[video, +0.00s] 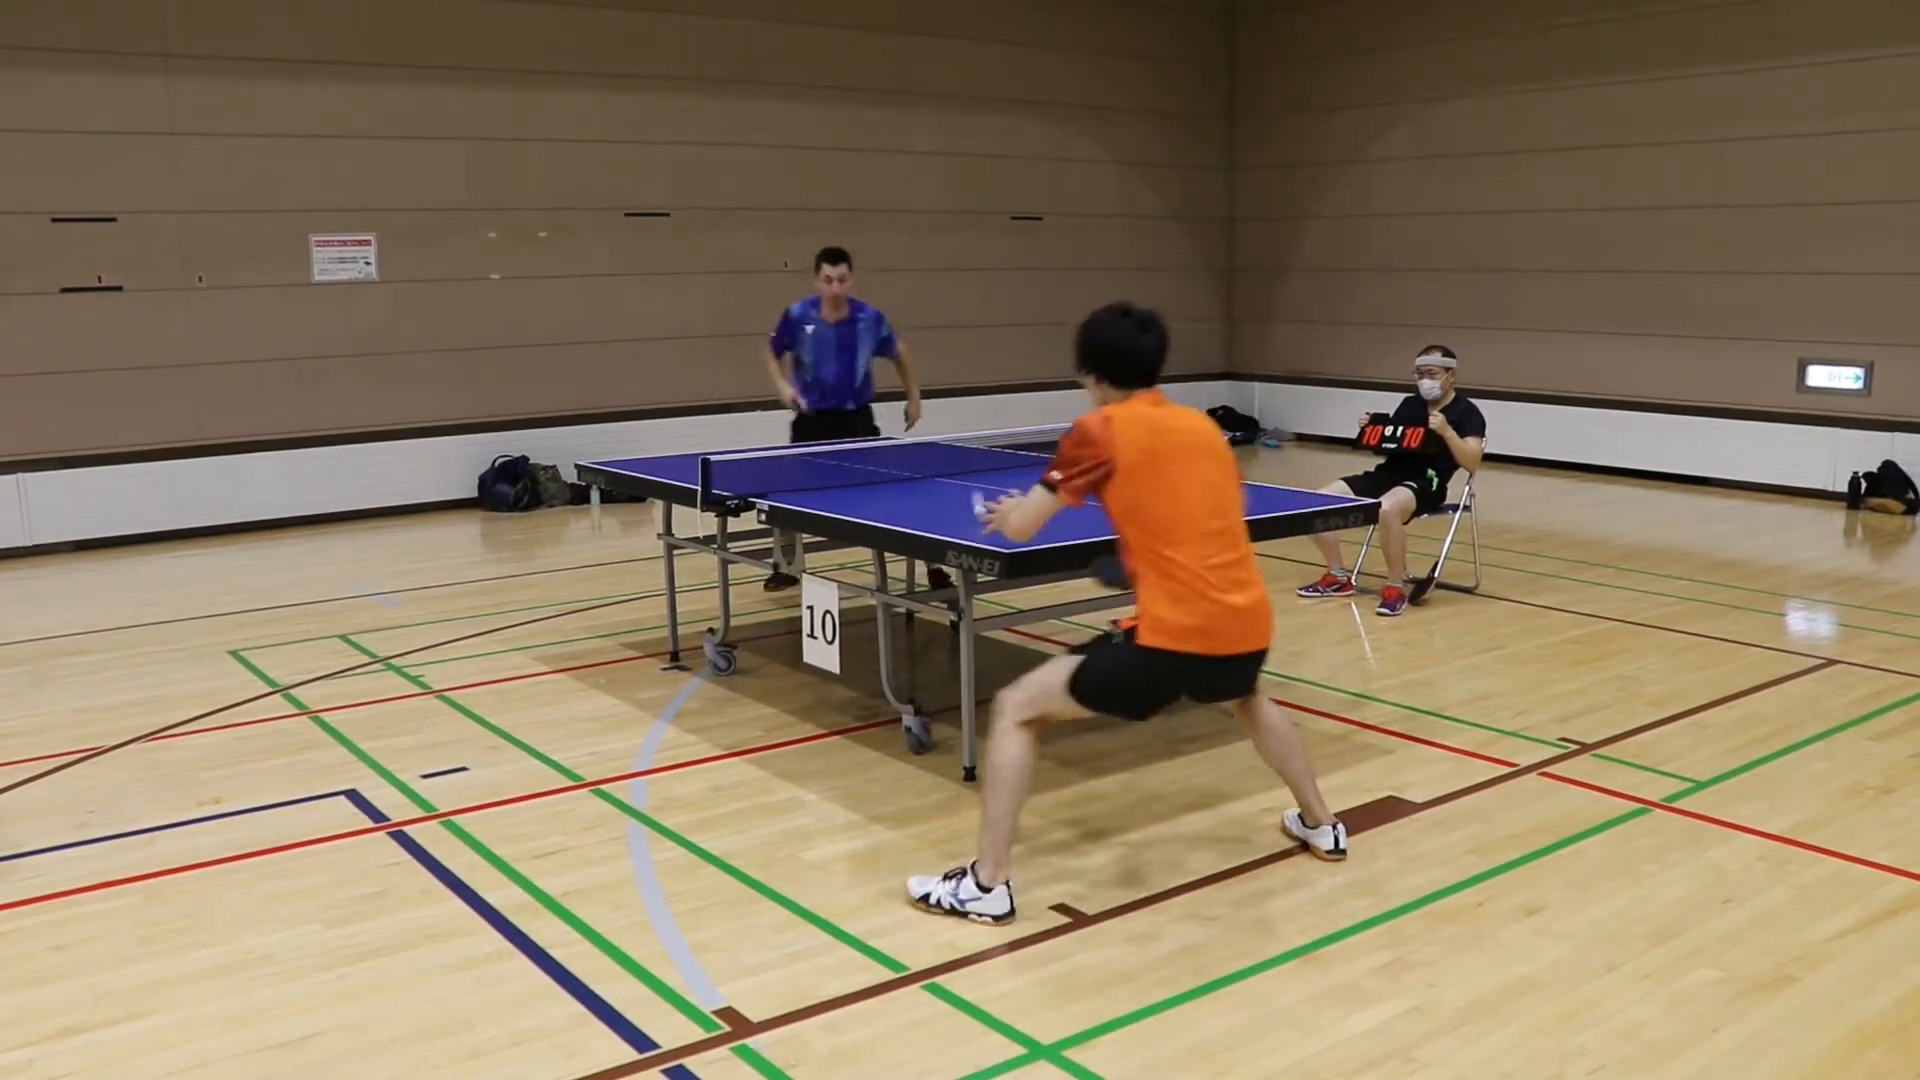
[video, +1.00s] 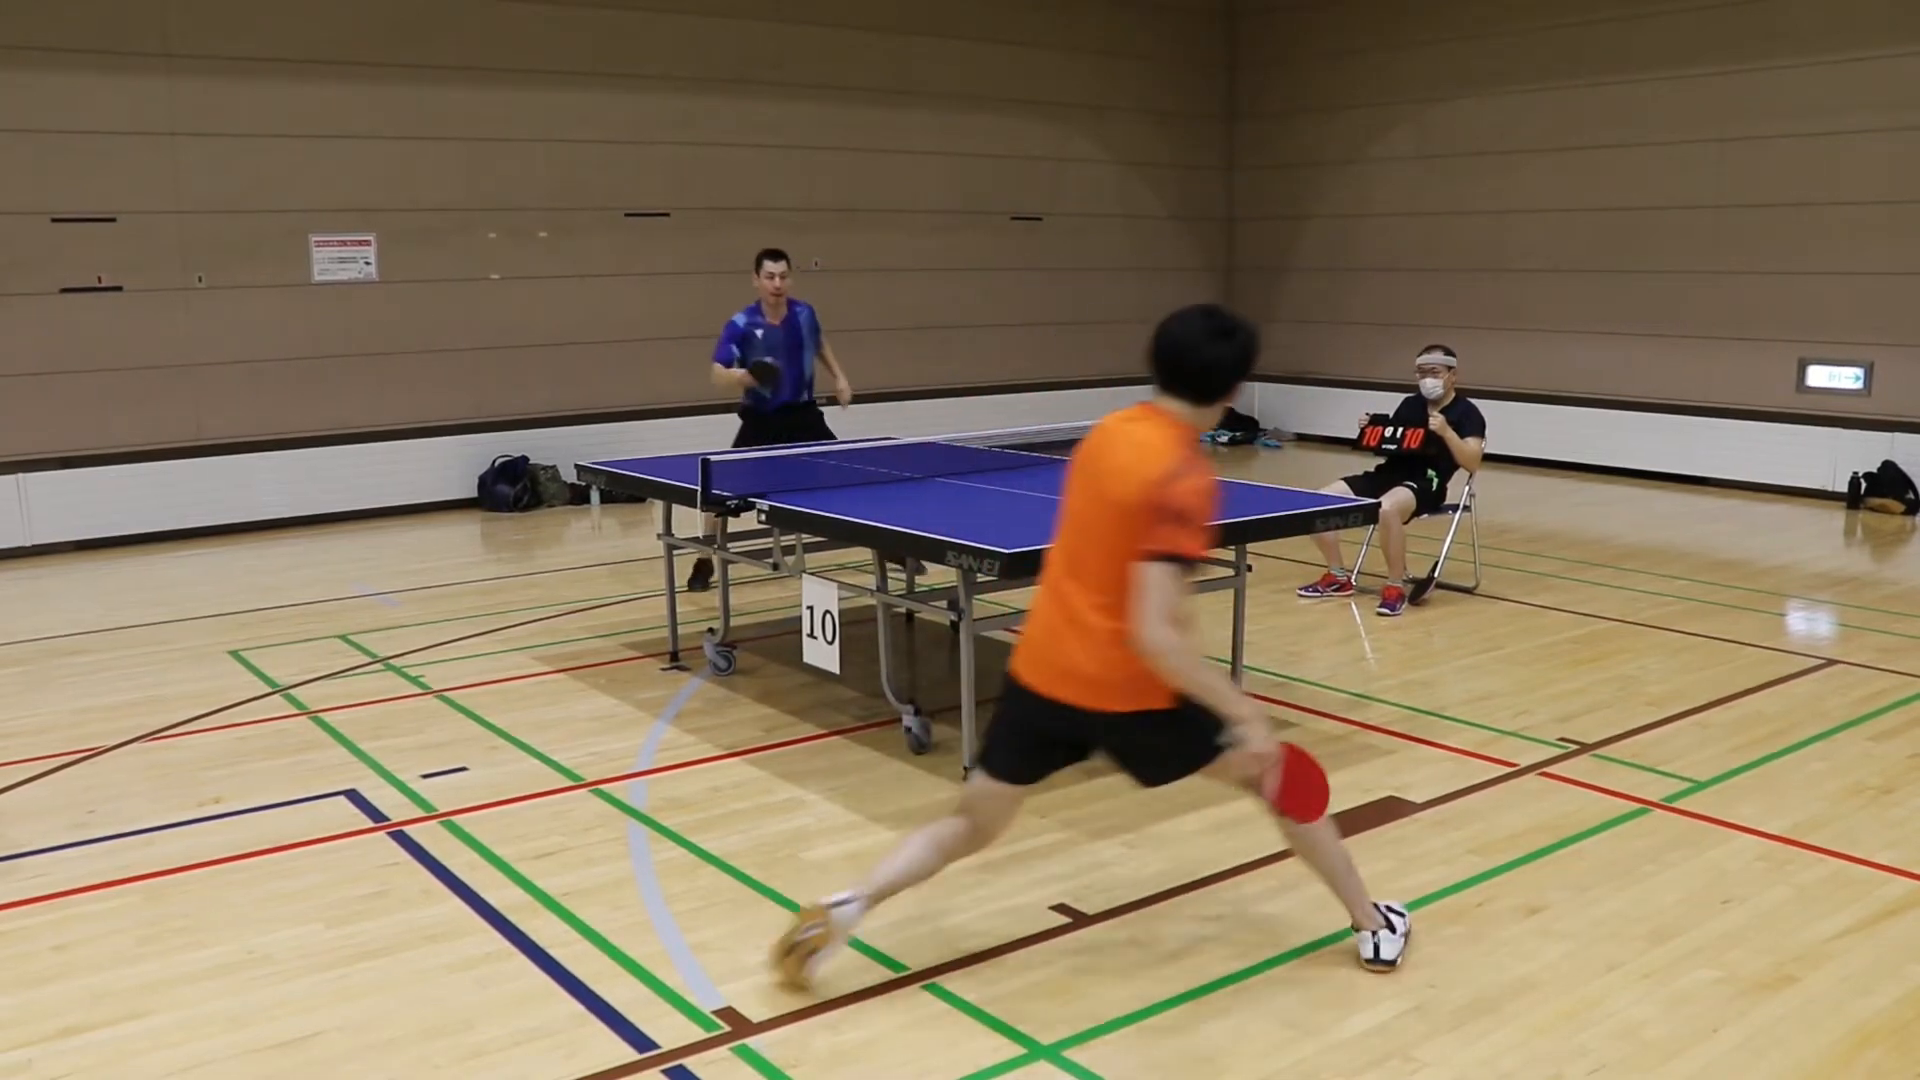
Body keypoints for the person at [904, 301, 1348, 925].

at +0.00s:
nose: (1082, 384)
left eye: (1083, 373)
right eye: (1082, 373)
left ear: (1095, 374)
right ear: (1155, 369)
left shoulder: (1100, 430)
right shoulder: (1205, 427)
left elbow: (1021, 529)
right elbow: (1224, 512)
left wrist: (1007, 514)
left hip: (1168, 644)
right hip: (1248, 637)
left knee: (1015, 707)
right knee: (1250, 698)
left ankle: (987, 880)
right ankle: (1322, 824)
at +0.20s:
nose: (1014, 366)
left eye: (1015, 354)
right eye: (1015, 354)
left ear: (1027, 355)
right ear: (1090, 345)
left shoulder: (1033, 404)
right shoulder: (1133, 409)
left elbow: (944, 492)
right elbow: (1134, 523)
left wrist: (900, 471)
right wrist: (1056, 590)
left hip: (1078, 624)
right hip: (1171, 616)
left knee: (946, 691)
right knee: (1235, 716)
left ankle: (960, 865)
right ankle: (1315, 821)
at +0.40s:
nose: (977, 363)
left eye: (979, 353)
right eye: (984, 352)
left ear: (987, 359)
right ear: (1055, 355)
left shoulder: (977, 431)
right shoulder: (1104, 423)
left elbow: (913, 553)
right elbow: (1184, 479)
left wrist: (884, 562)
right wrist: (1143, 424)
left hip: (1017, 647)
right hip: (1111, 641)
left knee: (906, 739)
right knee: (1165, 748)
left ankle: (850, 900)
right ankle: (1261, 874)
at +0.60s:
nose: (1061, 319)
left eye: (1066, 309)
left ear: (1071, 315)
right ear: (1145, 317)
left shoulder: (1038, 388)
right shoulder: (1184, 399)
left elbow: (966, 500)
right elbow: (1228, 527)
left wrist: (1032, 509)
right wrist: (1174, 486)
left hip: (1056, 618)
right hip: (1163, 614)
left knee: (956, 733)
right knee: (1266, 718)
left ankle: (878, 889)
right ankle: (1316, 887)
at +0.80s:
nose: (1173, 344)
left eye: (1176, 334)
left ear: (1177, 341)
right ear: (1255, 351)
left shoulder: (1125, 411)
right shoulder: (1269, 443)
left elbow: (1094, 512)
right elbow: (1278, 599)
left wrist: (1167, 520)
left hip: (1106, 650)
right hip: (1208, 660)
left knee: (1039, 782)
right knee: (1300, 756)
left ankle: (981, 916)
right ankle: (1376, 916)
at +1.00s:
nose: (1240, 391)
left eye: (1234, 376)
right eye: (1239, 381)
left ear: (1159, 366)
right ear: (1227, 391)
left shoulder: (1106, 429)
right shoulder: (1183, 471)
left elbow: (1082, 554)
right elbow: (1157, 632)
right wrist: (1242, 711)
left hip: (1041, 676)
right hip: (1127, 692)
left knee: (973, 819)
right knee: (1271, 774)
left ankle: (849, 907)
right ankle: (1373, 923)